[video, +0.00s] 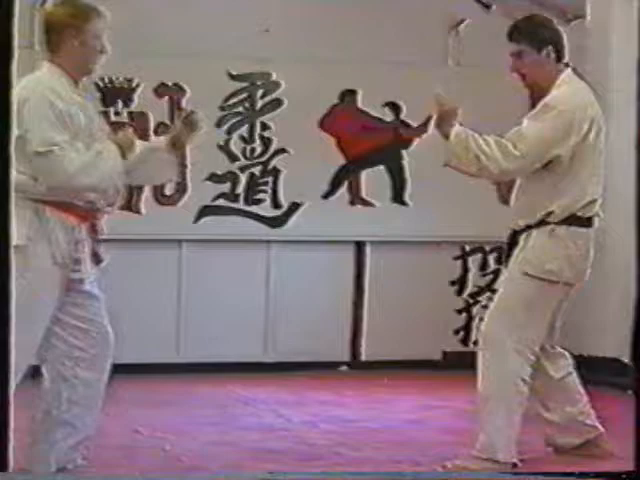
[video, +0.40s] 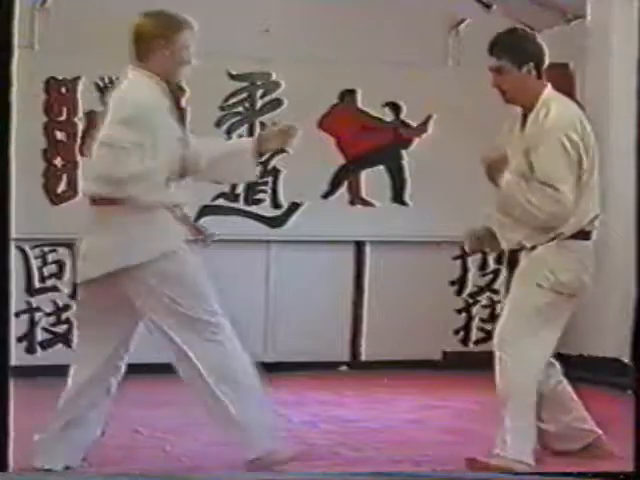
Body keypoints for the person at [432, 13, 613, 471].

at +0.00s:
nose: (514, 69)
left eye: (520, 58)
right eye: (512, 59)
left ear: (549, 55)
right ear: (546, 57)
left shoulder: (568, 102)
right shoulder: (565, 98)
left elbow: (512, 156)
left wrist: (452, 132)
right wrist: (506, 178)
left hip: (555, 238)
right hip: (561, 237)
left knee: (500, 335)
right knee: (534, 340)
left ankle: (494, 453)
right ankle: (580, 433)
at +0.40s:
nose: (493, 82)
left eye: (499, 72)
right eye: (491, 72)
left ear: (529, 70)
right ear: (523, 71)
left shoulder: (556, 123)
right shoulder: (527, 120)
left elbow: (556, 208)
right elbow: (529, 202)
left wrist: (504, 179)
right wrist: (493, 234)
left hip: (560, 251)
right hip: (542, 248)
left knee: (514, 344)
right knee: (522, 347)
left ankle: (514, 452)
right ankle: (575, 434)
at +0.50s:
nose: (485, 84)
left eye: (492, 74)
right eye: (483, 74)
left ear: (523, 73)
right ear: (510, 74)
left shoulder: (559, 129)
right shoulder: (498, 122)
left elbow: (572, 216)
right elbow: (493, 190)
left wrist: (510, 214)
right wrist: (459, 201)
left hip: (554, 257)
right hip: (517, 256)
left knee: (518, 346)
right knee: (525, 349)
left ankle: (535, 460)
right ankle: (580, 434)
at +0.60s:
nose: (471, 84)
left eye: (479, 75)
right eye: (470, 75)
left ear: (509, 75)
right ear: (501, 76)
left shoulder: (547, 129)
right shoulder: (478, 119)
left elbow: (569, 213)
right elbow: (439, 157)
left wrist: (512, 234)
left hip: (546, 257)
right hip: (510, 257)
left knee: (514, 350)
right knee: (525, 351)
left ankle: (533, 462)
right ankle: (582, 432)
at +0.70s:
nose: (441, 86)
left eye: (447, 77)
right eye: (440, 76)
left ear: (473, 75)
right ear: (474, 73)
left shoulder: (518, 128)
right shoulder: (465, 109)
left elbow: (537, 218)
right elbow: (436, 117)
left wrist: (483, 258)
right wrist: (414, 93)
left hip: (533, 251)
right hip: (494, 248)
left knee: (520, 352)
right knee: (496, 354)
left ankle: (523, 460)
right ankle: (569, 425)